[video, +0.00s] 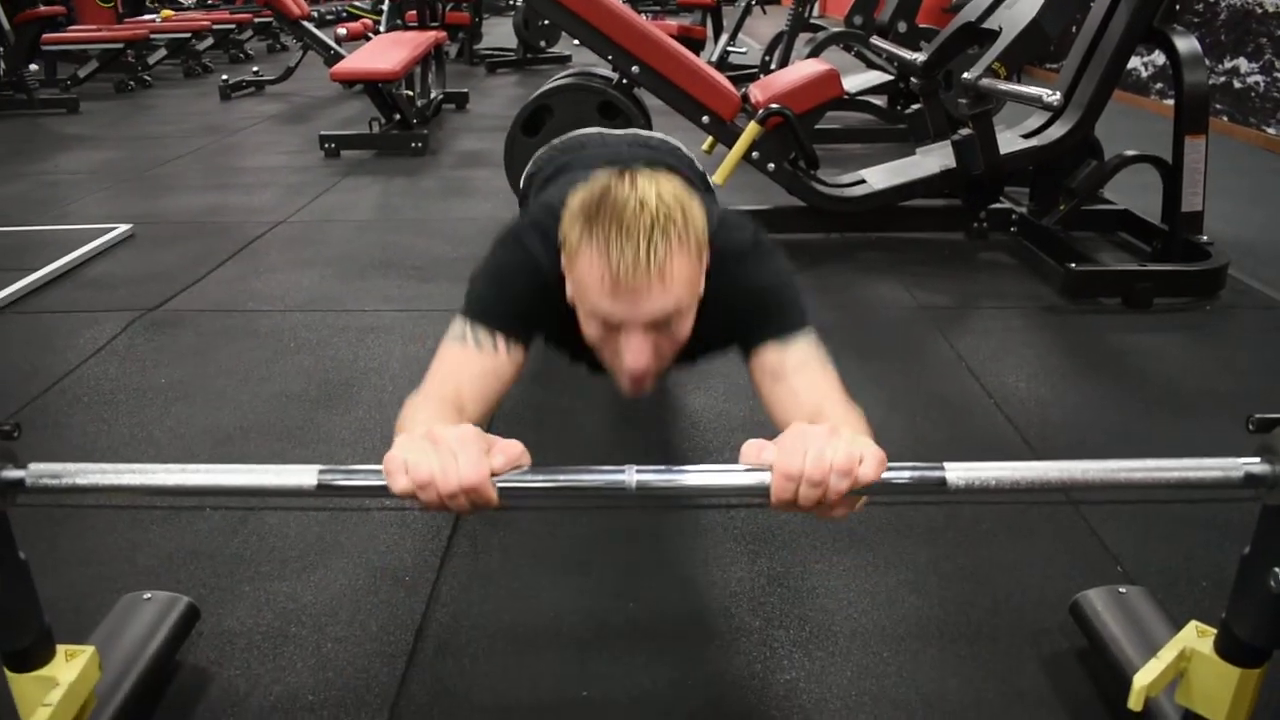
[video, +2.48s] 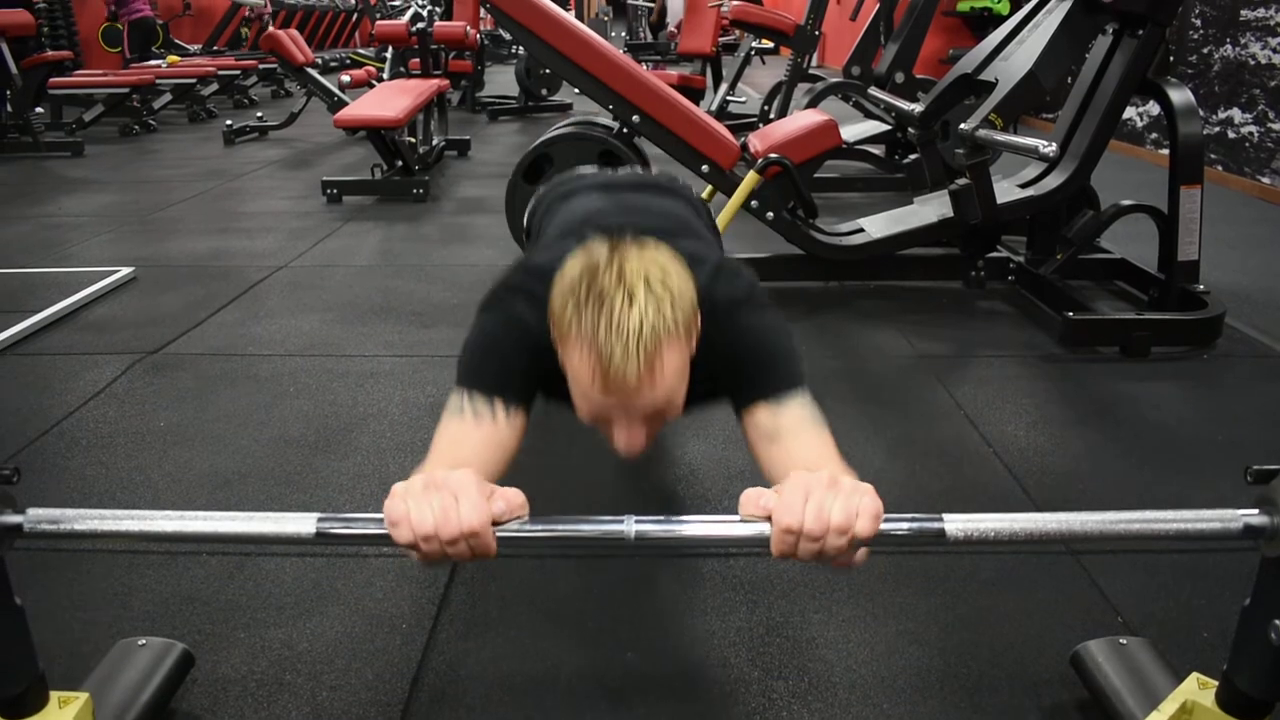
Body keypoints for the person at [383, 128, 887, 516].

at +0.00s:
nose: (636, 360)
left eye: (664, 325)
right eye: (607, 326)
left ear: (701, 272)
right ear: (568, 279)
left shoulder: (742, 253)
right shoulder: (529, 257)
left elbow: (827, 415)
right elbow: (444, 396)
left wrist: (825, 449)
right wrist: (437, 440)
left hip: (668, 150)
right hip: (559, 156)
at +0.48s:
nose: (618, 174)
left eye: (646, 141)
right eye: (589, 142)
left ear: (682, 111)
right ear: (549, 118)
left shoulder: (732, 132)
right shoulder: (507, 130)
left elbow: (792, 270)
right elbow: (446, 271)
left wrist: (818, 438)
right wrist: (439, 439)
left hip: (658, 245)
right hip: (568, 250)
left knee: (646, 277)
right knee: (591, 278)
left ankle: (643, 289)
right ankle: (598, 293)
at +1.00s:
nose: (612, 132)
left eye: (641, 93)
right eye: (578, 95)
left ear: (680, 63)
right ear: (541, 73)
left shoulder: (728, 104)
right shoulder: (502, 103)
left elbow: (780, 248)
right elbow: (453, 254)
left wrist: (819, 435)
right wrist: (438, 436)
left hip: (652, 224)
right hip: (566, 230)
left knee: (641, 255)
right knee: (583, 258)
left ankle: (638, 279)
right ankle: (594, 277)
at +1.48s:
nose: (609, 156)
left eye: (638, 119)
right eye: (578, 121)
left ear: (676, 93)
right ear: (541, 102)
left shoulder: (726, 122)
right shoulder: (501, 121)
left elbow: (781, 267)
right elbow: (450, 268)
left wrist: (821, 448)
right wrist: (437, 447)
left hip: (654, 232)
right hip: (565, 238)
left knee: (641, 257)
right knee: (583, 262)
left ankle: (640, 282)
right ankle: (596, 281)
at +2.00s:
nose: (618, 201)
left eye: (645, 169)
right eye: (590, 171)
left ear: (681, 132)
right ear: (549, 140)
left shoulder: (727, 151)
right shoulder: (507, 151)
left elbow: (794, 300)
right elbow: (452, 295)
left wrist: (827, 469)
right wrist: (440, 467)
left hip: (665, 247)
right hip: (563, 251)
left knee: (645, 273)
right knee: (582, 280)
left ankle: (638, 298)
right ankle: (599, 297)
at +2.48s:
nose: (630, 443)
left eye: (655, 415)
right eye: (603, 418)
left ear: (691, 342)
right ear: (562, 355)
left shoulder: (736, 308)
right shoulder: (518, 313)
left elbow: (820, 473)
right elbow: (447, 475)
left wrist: (822, 503)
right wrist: (444, 500)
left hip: (677, 196)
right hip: (564, 195)